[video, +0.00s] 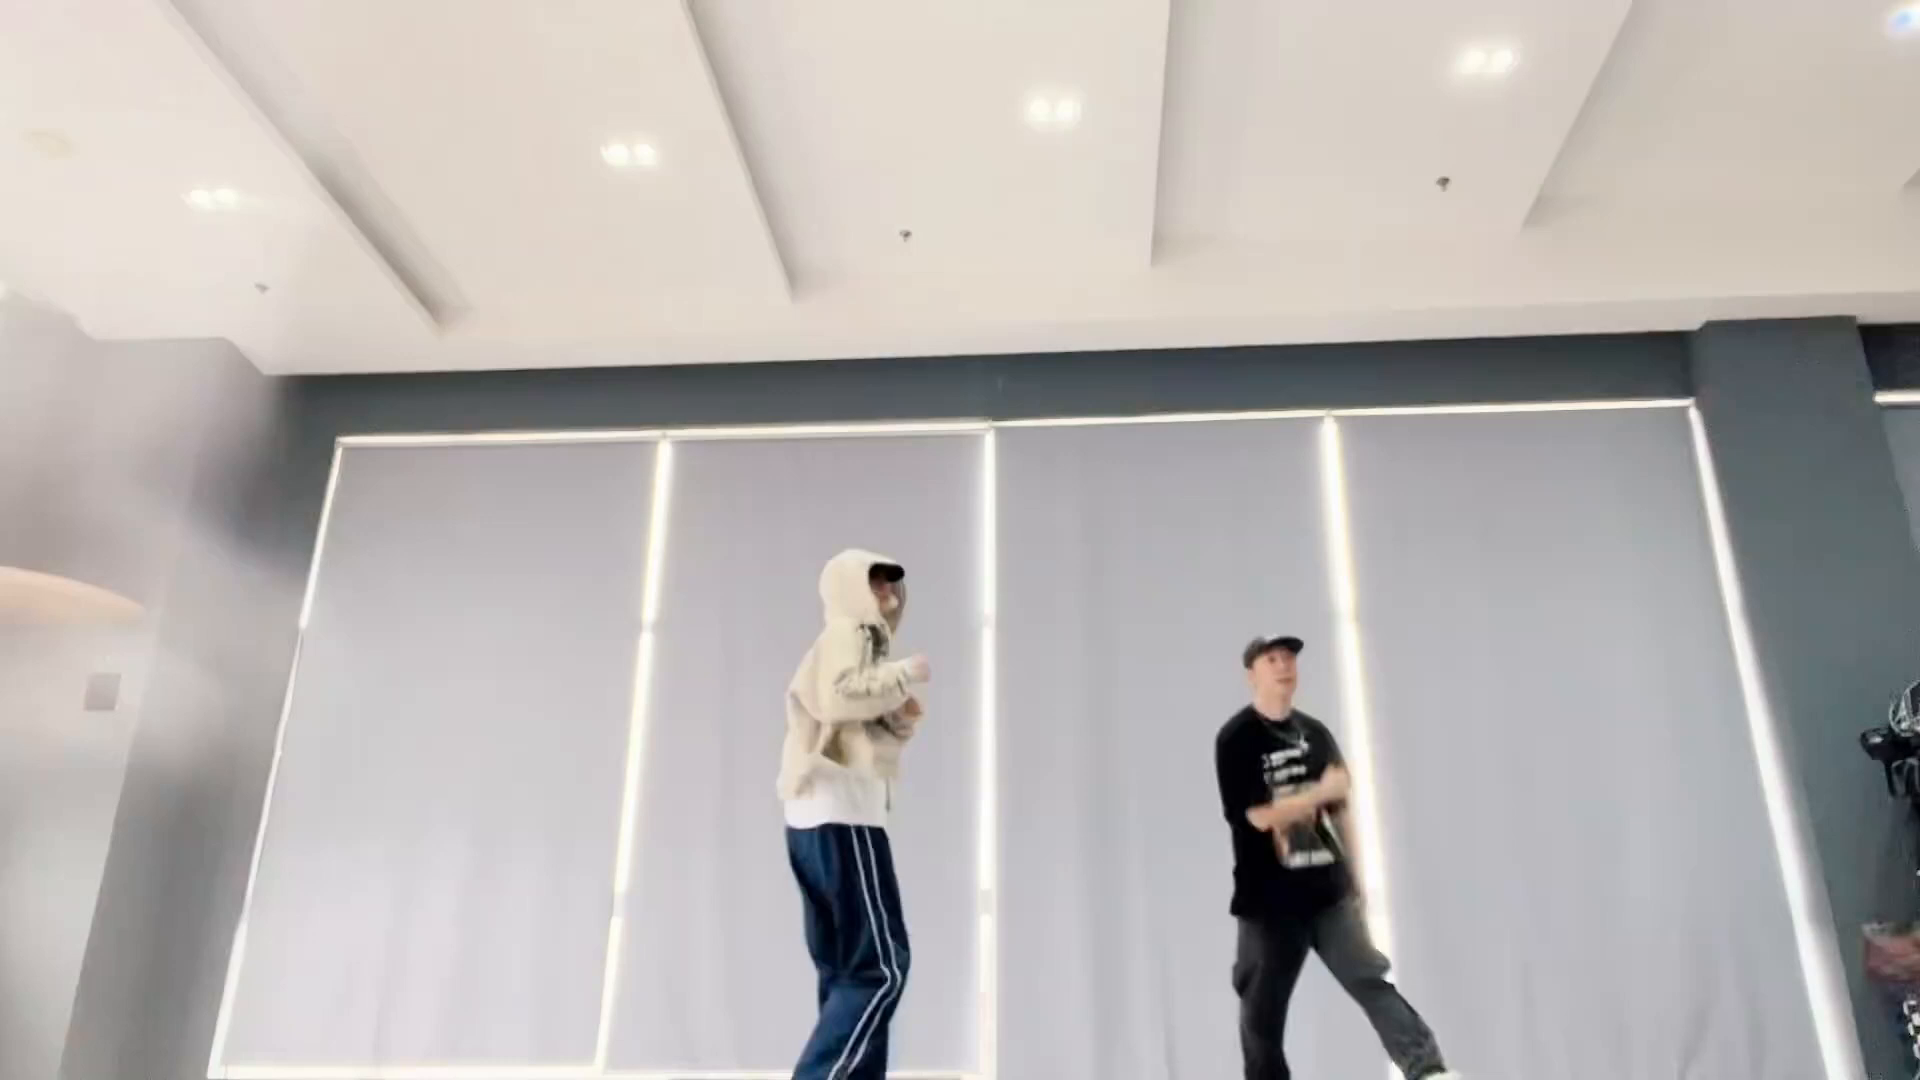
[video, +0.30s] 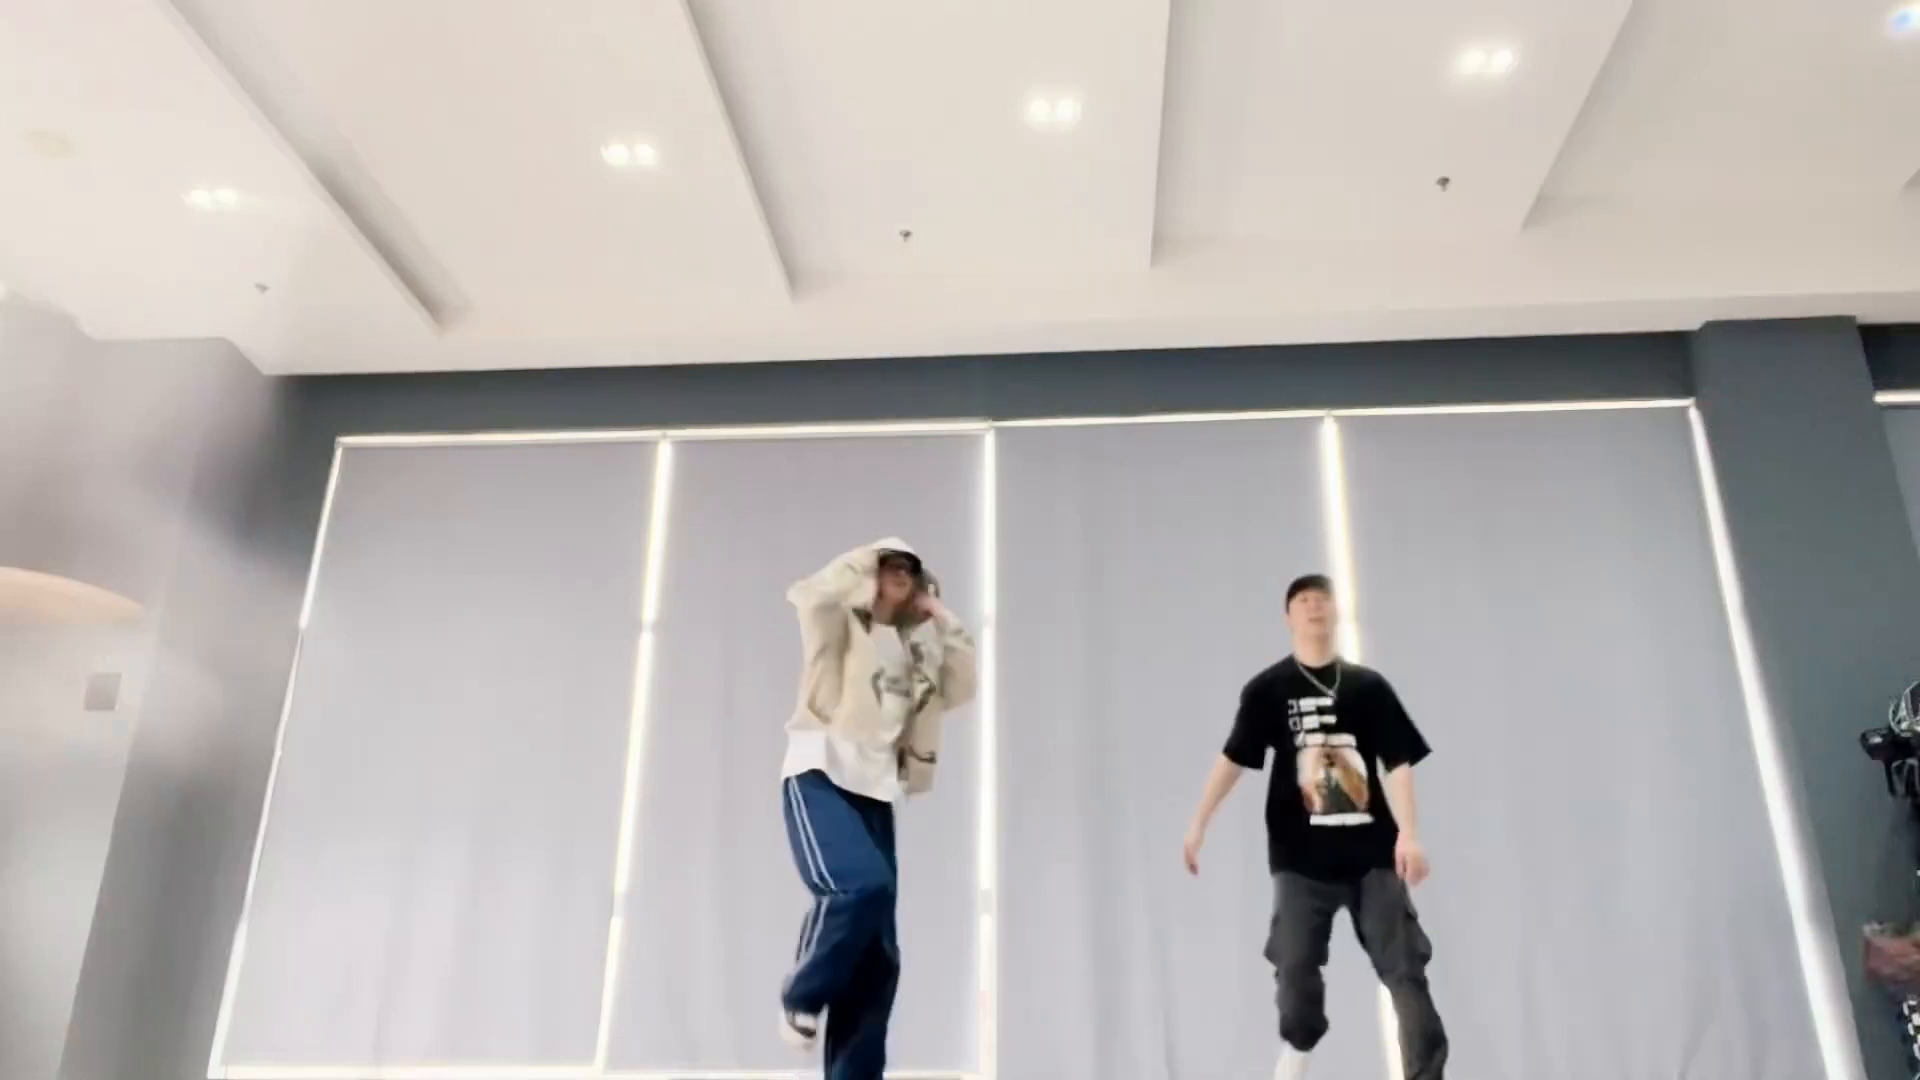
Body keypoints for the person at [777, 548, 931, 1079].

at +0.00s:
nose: (893, 592)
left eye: (894, 583)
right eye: (881, 582)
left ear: (844, 596)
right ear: (853, 588)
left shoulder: (840, 646)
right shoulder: (849, 633)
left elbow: (865, 746)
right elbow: (835, 699)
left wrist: (901, 723)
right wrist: (903, 675)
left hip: (817, 822)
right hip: (844, 818)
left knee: (845, 969)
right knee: (884, 964)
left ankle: (858, 1075)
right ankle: (823, 1075)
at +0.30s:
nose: (896, 580)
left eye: (904, 573)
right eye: (887, 570)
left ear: (916, 590)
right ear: (867, 582)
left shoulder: (921, 652)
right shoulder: (839, 629)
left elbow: (961, 689)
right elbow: (813, 598)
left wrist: (941, 616)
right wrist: (867, 560)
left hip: (874, 793)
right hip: (816, 777)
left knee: (878, 950)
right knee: (862, 884)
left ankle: (853, 1071)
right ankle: (802, 1000)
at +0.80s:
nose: (844, 550)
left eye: (855, 543)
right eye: (836, 544)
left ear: (874, 560)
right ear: (825, 559)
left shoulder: (900, 608)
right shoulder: (801, 618)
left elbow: (944, 646)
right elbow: (731, 673)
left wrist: (932, 580)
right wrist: (757, 604)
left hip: (873, 797)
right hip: (803, 791)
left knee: (864, 944)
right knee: (776, 928)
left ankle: (868, 1072)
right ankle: (745, 1064)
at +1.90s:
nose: (794, 474)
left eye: (807, 470)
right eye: (783, 466)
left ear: (822, 495)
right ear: (763, 487)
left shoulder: (845, 559)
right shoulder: (722, 547)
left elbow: (858, 664)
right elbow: (676, 653)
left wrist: (874, 631)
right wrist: (691, 583)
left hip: (799, 752)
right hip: (718, 740)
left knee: (791, 921)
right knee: (700, 850)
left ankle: (803, 1069)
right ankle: (694, 1039)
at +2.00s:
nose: (802, 488)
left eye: (815, 484)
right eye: (791, 480)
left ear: (828, 509)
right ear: (769, 500)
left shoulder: (839, 586)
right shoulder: (720, 551)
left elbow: (834, 693)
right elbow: (652, 635)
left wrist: (850, 637)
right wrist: (689, 560)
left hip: (783, 770)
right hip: (695, 755)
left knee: (797, 912)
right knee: (633, 861)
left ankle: (792, 1067)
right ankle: (602, 998)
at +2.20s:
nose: (772, 555)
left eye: (784, 553)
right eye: (761, 549)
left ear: (795, 582)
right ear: (738, 567)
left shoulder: (807, 659)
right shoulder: (702, 593)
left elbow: (892, 679)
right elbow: (712, 486)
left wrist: (975, 697)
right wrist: (710, 381)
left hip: (717, 835)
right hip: (627, 813)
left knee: (833, 908)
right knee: (539, 957)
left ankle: (754, 1055)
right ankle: (430, 1056)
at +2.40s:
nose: (760, 486)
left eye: (772, 479)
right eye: (748, 480)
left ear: (792, 500)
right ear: (731, 499)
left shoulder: (812, 569)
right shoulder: (690, 529)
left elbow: (834, 663)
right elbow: (613, 561)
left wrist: (900, 638)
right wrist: (659, 481)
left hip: (757, 769)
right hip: (670, 753)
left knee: (785, 899)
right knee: (626, 906)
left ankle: (773, 1062)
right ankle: (523, 1049)